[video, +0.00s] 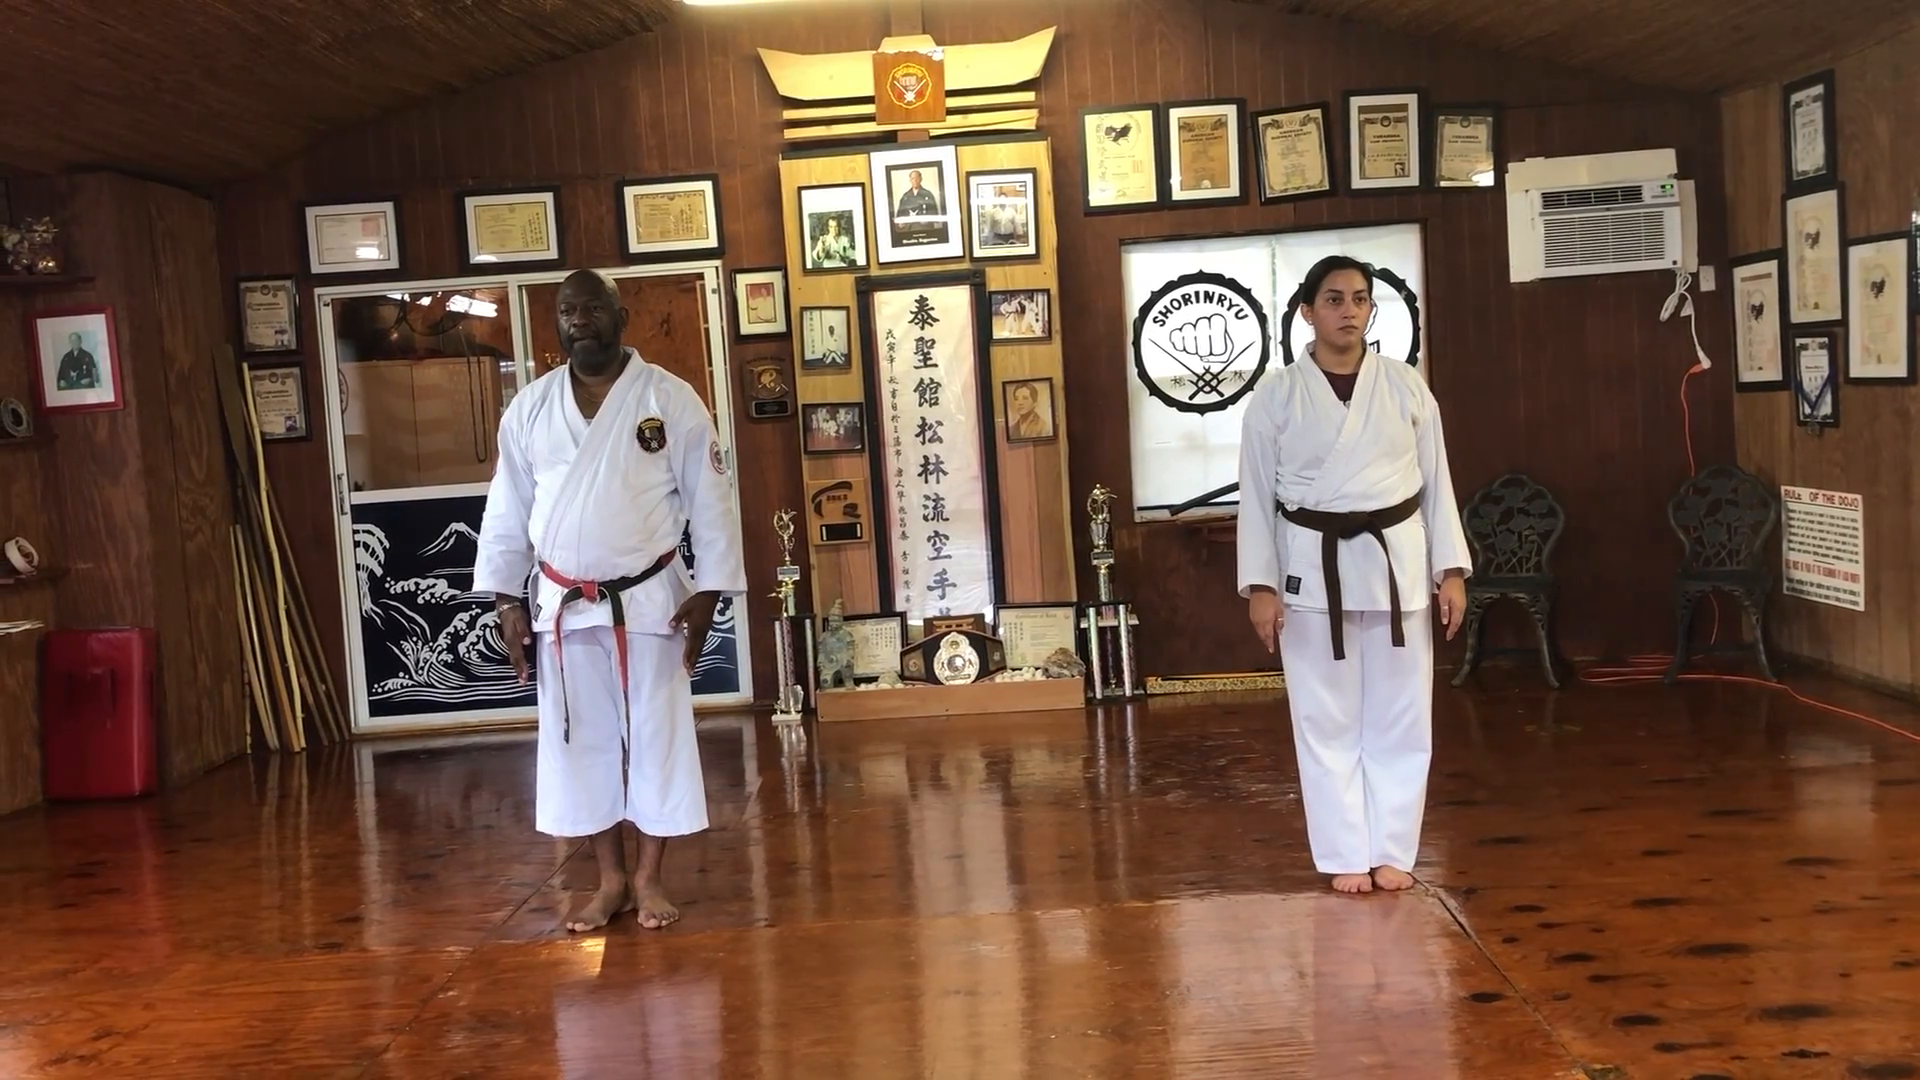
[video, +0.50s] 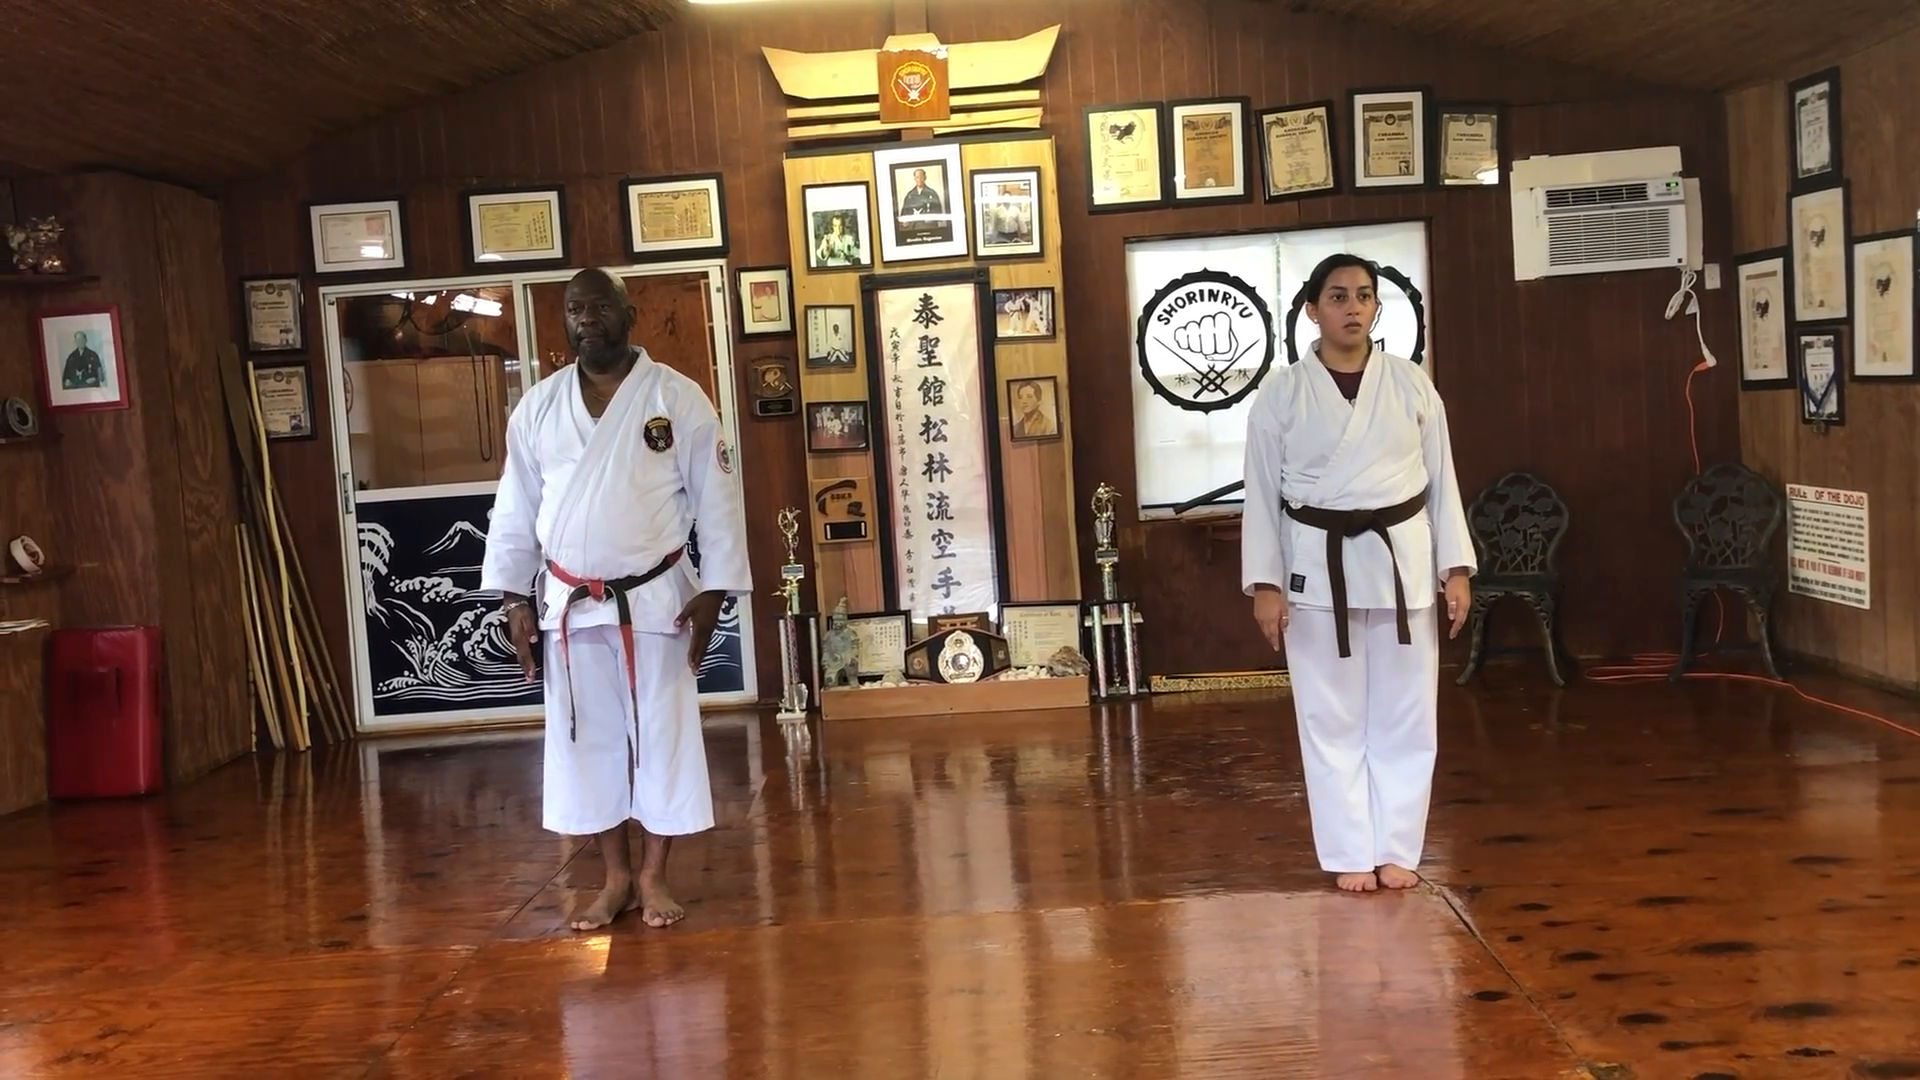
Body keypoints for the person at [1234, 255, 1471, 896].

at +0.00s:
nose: (1349, 310)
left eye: (1360, 299)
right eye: (1334, 298)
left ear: (1372, 311)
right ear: (1308, 311)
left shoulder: (1405, 385)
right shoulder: (1273, 396)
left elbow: (1435, 484)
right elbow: (1256, 497)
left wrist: (1450, 570)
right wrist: (1260, 584)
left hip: (1399, 570)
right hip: (1311, 575)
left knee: (1399, 717)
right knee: (1327, 720)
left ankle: (1392, 855)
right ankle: (1345, 860)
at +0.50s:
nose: (1354, 307)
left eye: (1364, 296)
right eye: (1338, 296)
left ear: (1377, 308)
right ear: (1312, 309)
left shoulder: (1410, 382)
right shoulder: (1279, 393)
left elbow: (1440, 482)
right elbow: (1261, 494)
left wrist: (1455, 566)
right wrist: (1264, 582)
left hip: (1404, 567)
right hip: (1316, 572)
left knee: (1404, 715)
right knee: (1333, 718)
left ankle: (1397, 853)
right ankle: (1350, 857)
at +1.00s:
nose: (1354, 309)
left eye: (1365, 297)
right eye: (1339, 298)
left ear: (1378, 310)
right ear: (1313, 311)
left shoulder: (1412, 385)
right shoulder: (1280, 394)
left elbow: (1441, 484)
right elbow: (1261, 496)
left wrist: (1455, 568)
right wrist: (1264, 584)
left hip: (1404, 569)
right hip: (1316, 573)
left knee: (1404, 717)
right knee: (1333, 719)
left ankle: (1397, 855)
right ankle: (1350, 859)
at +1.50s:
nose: (1357, 322)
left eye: (1368, 311)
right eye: (1343, 311)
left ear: (1380, 318)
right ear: (1316, 318)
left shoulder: (1412, 386)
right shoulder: (1280, 395)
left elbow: (1437, 486)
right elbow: (1258, 499)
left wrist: (1441, 577)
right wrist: (1270, 590)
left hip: (1398, 564)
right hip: (1313, 568)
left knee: (1398, 717)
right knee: (1330, 721)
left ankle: (1395, 859)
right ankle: (1348, 863)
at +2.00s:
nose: (1378, 438)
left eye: (1390, 424)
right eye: (1364, 425)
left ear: (1404, 411)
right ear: (1337, 412)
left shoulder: (1425, 446)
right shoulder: (1290, 449)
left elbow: (1434, 537)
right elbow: (1263, 540)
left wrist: (1424, 619)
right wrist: (1275, 628)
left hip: (1388, 579)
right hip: (1311, 583)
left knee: (1389, 717)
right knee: (1325, 720)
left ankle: (1383, 856)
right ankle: (1348, 860)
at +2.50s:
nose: (1371, 363)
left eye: (1381, 349)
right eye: (1357, 349)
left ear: (1393, 352)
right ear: (1328, 352)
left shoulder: (1420, 410)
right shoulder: (1287, 415)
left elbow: (1437, 506)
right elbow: (1260, 511)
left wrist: (1435, 594)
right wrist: (1270, 604)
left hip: (1394, 568)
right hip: (1312, 570)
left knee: (1394, 715)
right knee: (1328, 718)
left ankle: (1388, 853)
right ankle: (1346, 858)